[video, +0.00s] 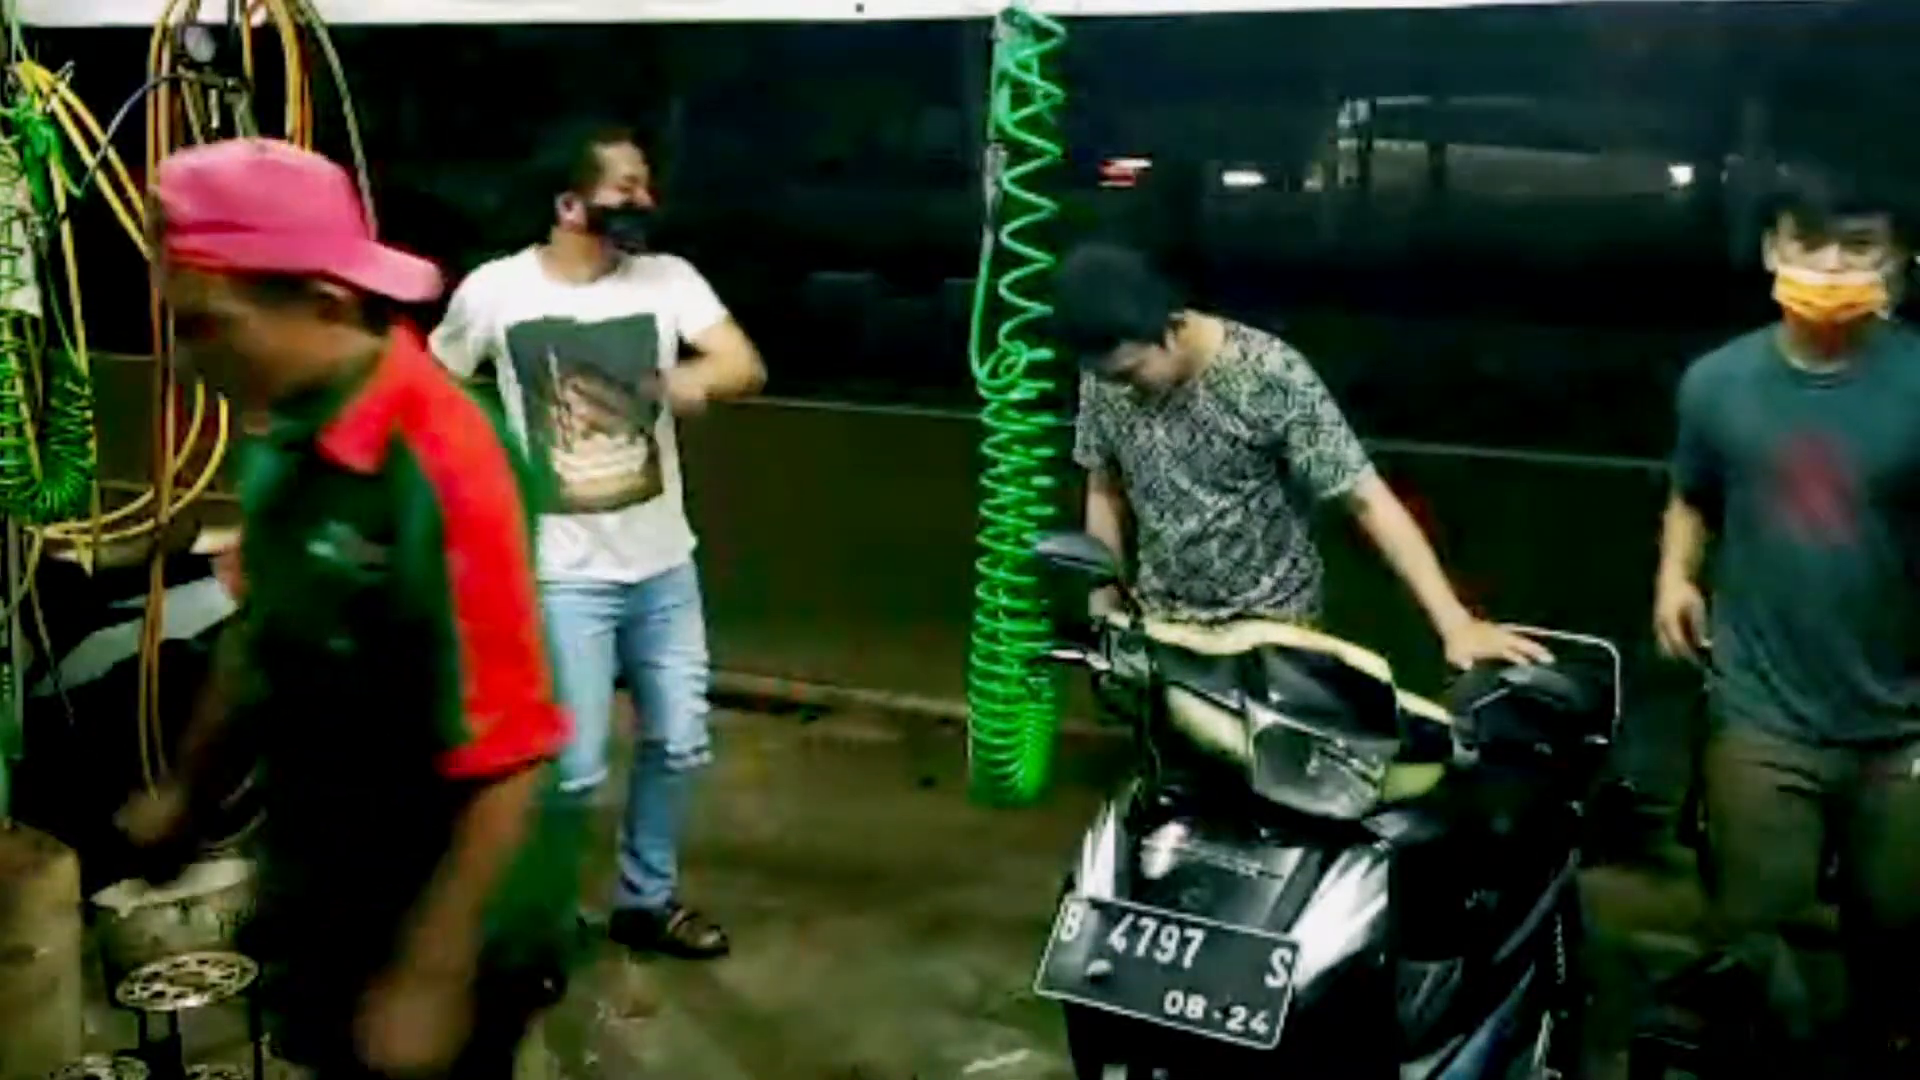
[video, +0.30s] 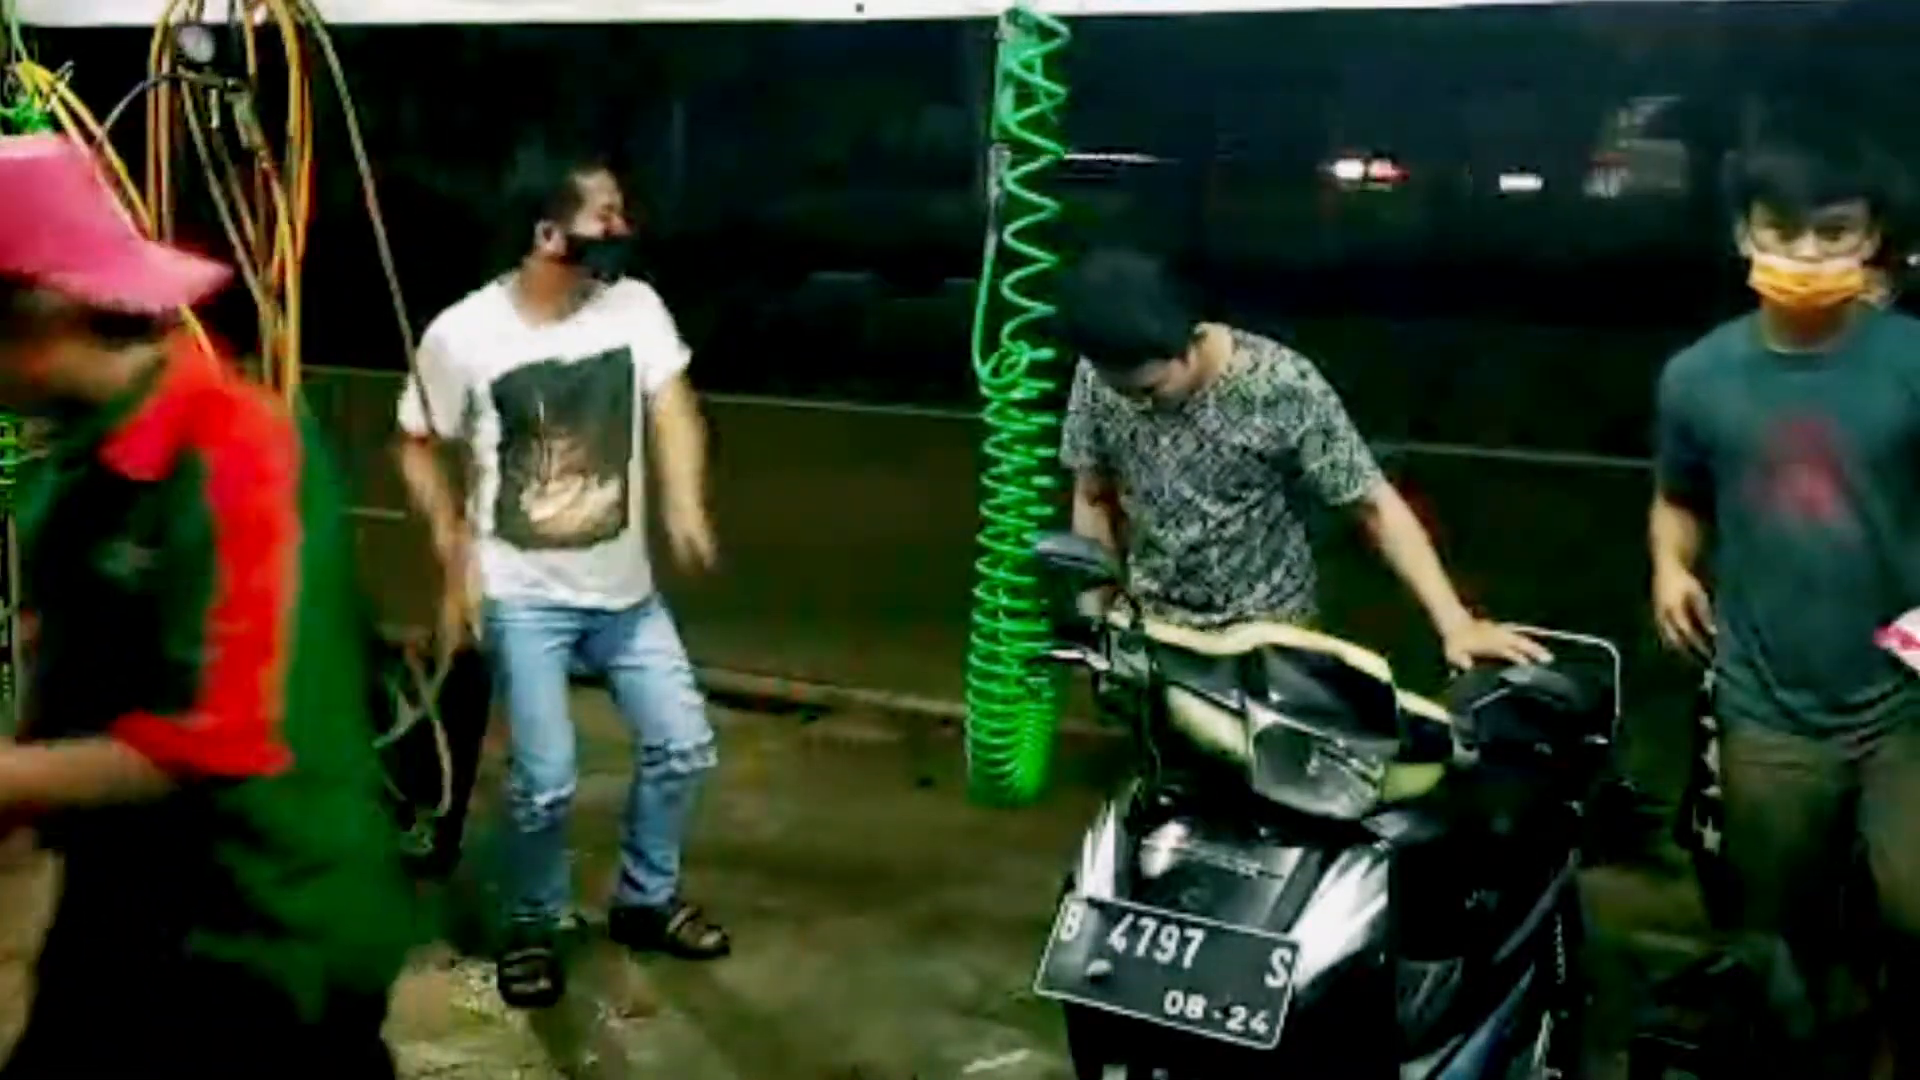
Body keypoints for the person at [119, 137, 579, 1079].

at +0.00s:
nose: (193, 356)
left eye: (211, 323)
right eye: (187, 326)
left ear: (324, 301)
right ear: (319, 304)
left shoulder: (443, 449)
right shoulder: (293, 428)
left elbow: (516, 750)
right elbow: (261, 641)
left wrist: (432, 972)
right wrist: (185, 787)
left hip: (436, 894)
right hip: (319, 877)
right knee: (316, 1051)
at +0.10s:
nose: (114, 345)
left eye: (130, 310)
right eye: (109, 312)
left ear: (245, 287)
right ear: (245, 291)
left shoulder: (375, 434)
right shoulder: (218, 433)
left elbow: (395, 750)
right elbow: (175, 639)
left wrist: (200, 941)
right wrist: (64, 793)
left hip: (381, 918)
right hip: (253, 892)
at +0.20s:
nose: (56, 343)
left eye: (69, 309)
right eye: (52, 310)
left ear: (175, 288)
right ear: (176, 291)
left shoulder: (322, 437)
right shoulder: (182, 423)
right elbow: (140, 638)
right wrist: (30, 794)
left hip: (321, 927)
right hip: (197, 907)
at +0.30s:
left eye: (4, 323)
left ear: (60, 309)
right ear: (65, 308)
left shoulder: (244, 441)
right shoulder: (86, 464)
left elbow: (232, 733)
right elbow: (80, 697)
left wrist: (14, 775)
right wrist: (24, 797)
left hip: (269, 957)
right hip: (124, 935)